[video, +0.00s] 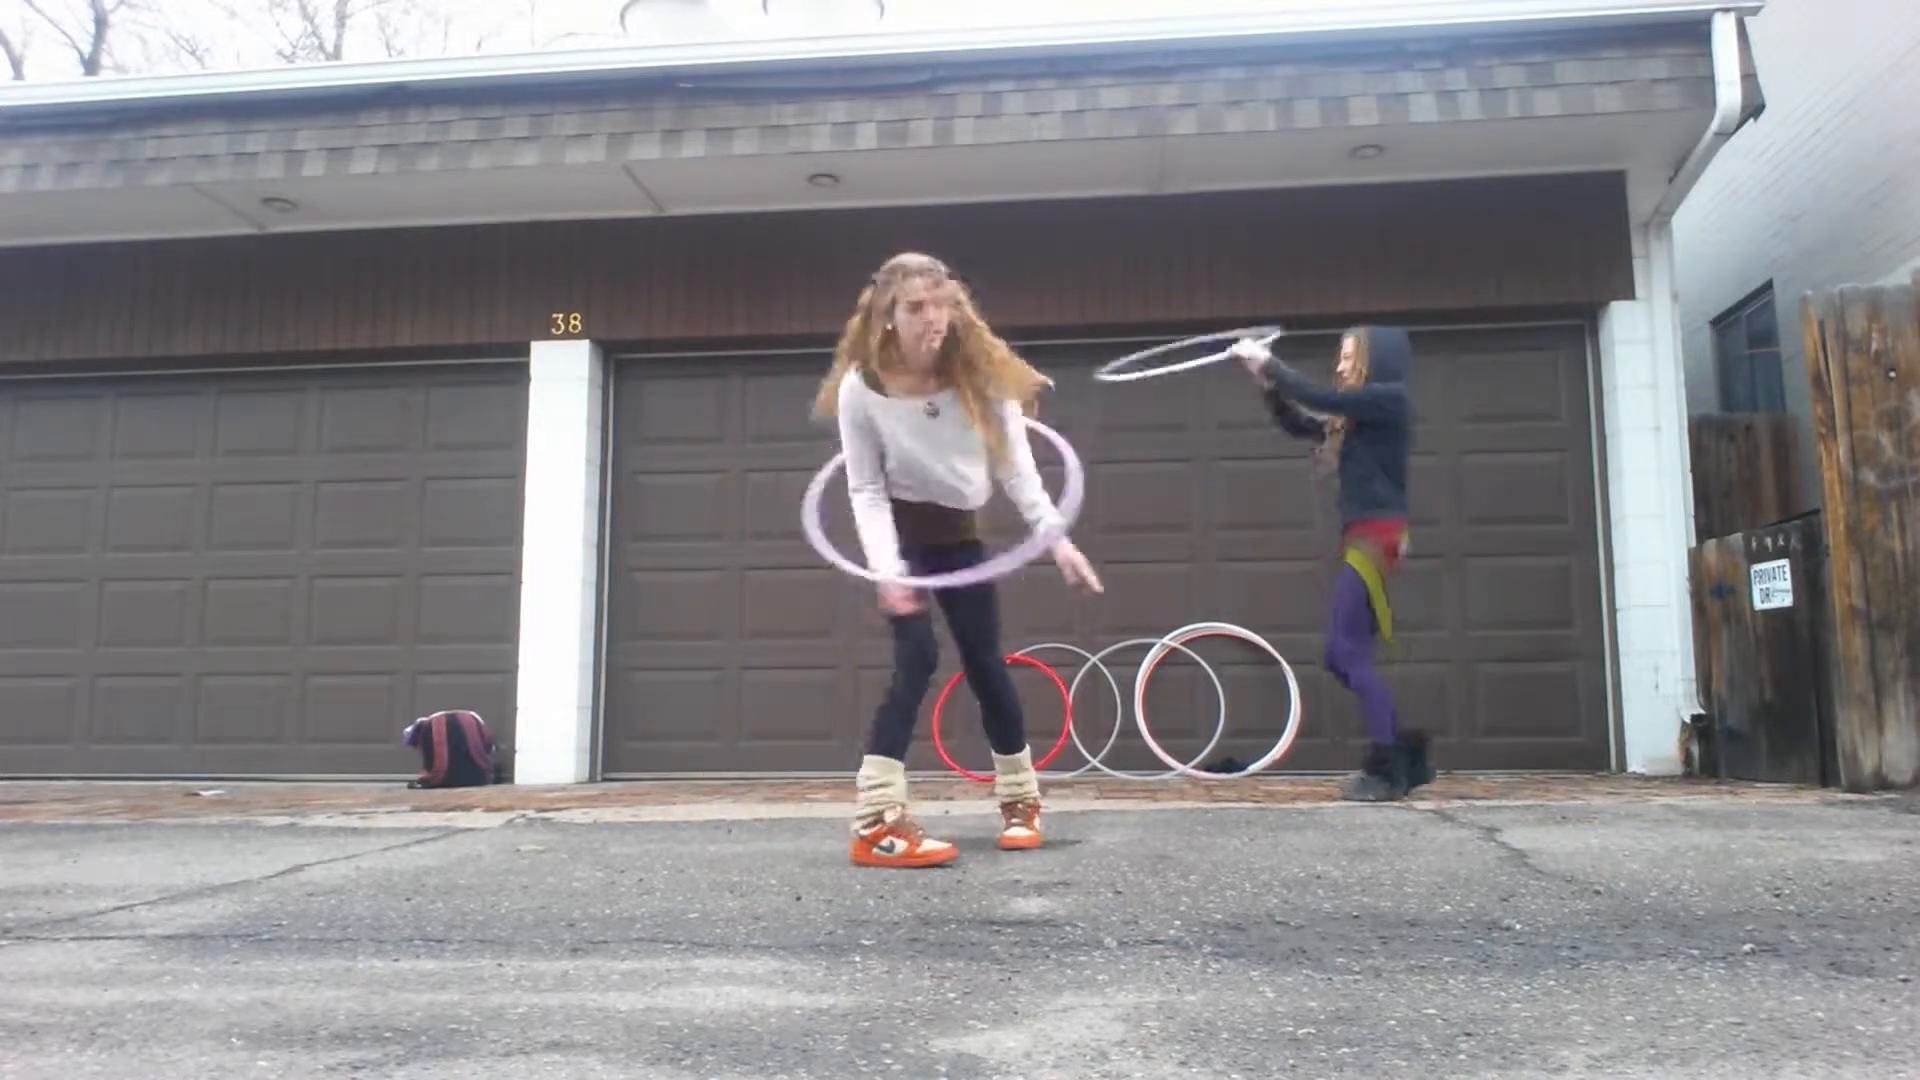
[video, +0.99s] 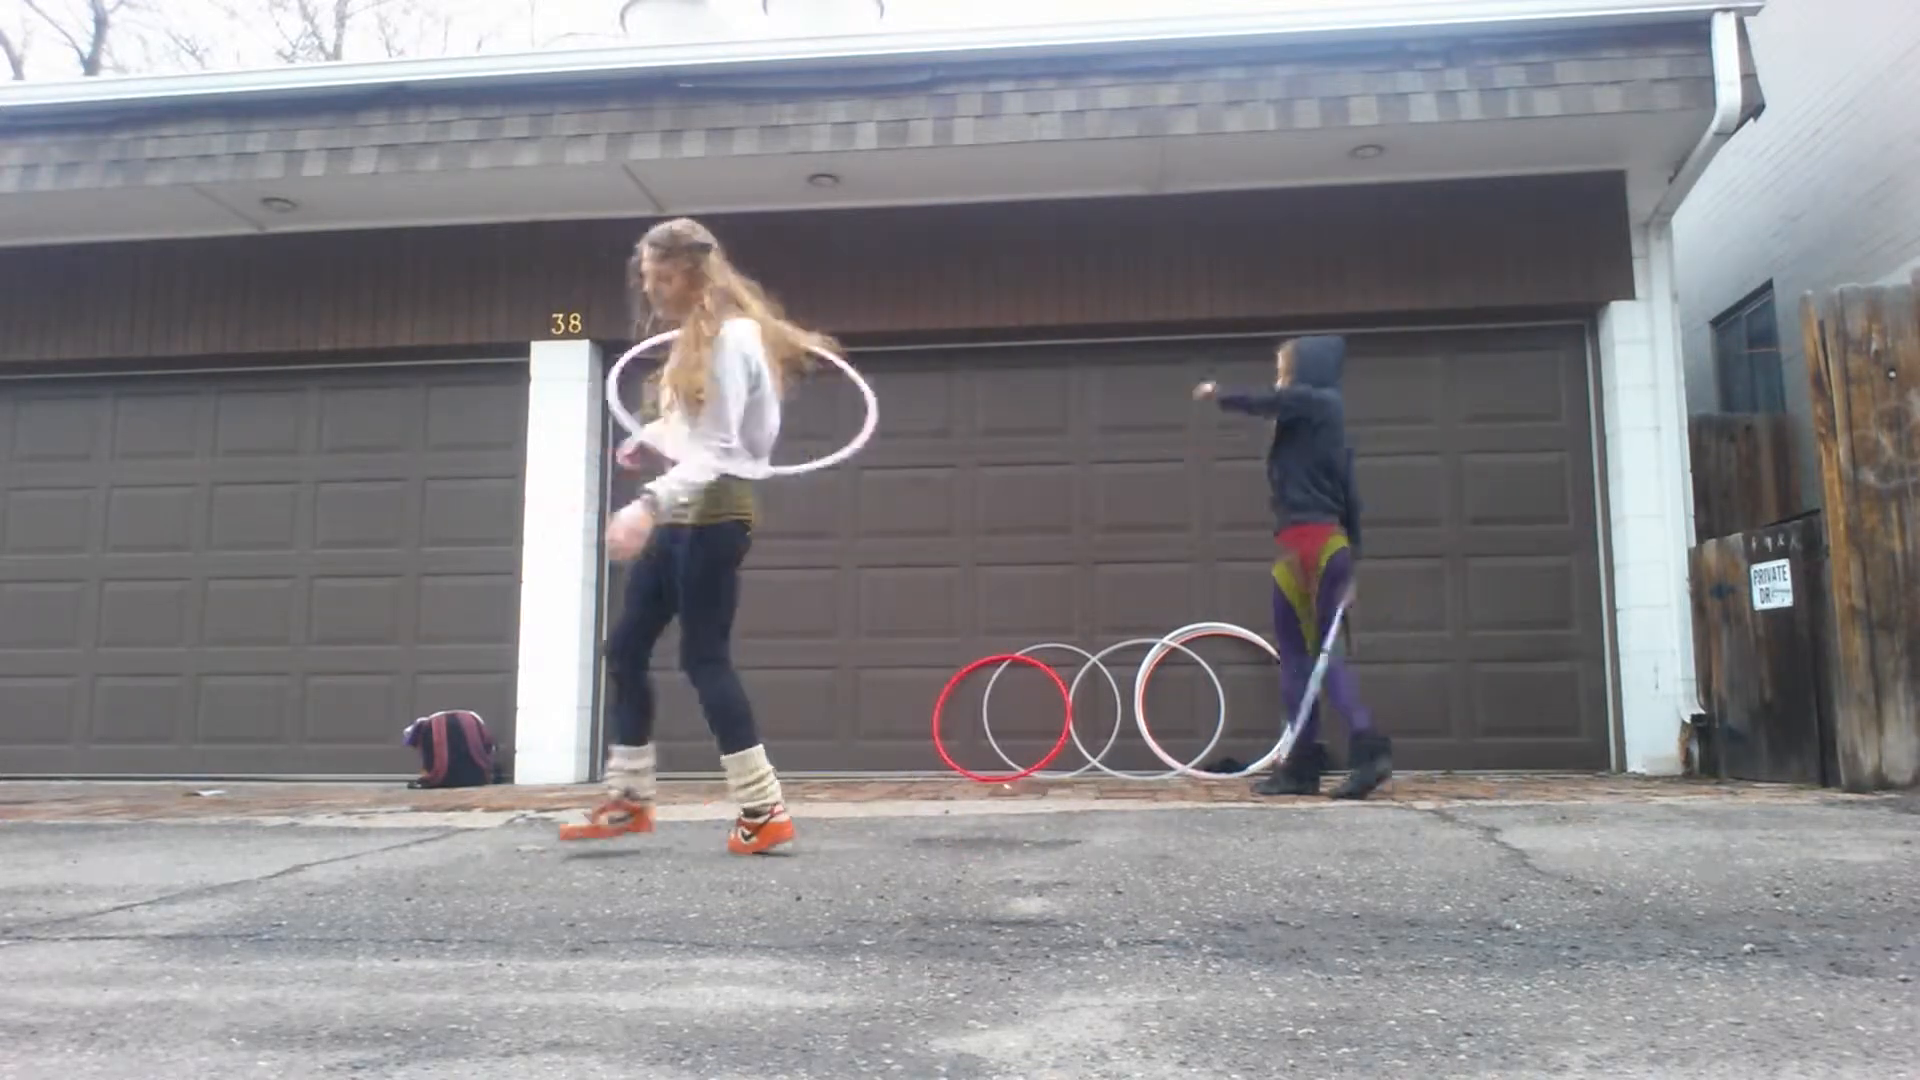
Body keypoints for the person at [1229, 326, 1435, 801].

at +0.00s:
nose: (1341, 366)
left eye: (1349, 358)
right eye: (1341, 358)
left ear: (1374, 360)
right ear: (1361, 363)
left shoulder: (1390, 399)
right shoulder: (1360, 407)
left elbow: (1326, 399)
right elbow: (1304, 427)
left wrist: (1270, 366)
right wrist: (1270, 388)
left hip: (1377, 534)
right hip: (1361, 534)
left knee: (1348, 650)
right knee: (1337, 656)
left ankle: (1386, 762)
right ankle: (1404, 747)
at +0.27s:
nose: (1326, 361)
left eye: (1331, 353)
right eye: (1325, 353)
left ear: (1352, 356)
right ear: (1375, 358)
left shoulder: (1349, 393)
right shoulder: (1389, 399)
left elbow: (1275, 413)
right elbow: (1340, 402)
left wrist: (1256, 376)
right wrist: (1320, 361)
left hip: (1347, 535)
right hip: (1378, 535)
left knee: (1345, 650)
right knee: (1349, 649)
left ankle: (1384, 759)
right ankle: (1380, 758)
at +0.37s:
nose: (1322, 361)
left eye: (1328, 354)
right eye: (1324, 353)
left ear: (1343, 356)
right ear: (1376, 354)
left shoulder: (1340, 392)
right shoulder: (1395, 397)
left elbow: (1303, 441)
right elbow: (1364, 440)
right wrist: (1321, 407)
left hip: (1340, 535)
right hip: (1379, 534)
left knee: (1325, 644)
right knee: (1368, 647)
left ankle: (1373, 752)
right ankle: (1378, 761)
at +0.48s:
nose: (1315, 361)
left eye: (1319, 354)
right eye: (1318, 353)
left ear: (1333, 354)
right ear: (1364, 354)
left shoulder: (1330, 394)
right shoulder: (1391, 403)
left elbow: (1306, 458)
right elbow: (1396, 468)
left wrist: (1277, 512)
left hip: (1335, 533)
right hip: (1377, 534)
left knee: (1322, 641)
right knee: (1369, 645)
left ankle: (1352, 756)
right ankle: (1383, 760)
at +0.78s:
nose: (1295, 380)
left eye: (1299, 371)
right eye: (1295, 371)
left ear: (1320, 366)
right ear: (1343, 366)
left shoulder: (1317, 402)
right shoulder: (1370, 422)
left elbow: (1274, 448)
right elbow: (1385, 496)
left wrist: (1234, 488)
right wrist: (1397, 562)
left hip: (1317, 541)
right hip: (1358, 541)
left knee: (1299, 651)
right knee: (1358, 650)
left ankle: (1299, 760)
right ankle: (1379, 759)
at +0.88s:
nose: (1287, 378)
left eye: (1291, 368)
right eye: (1288, 368)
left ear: (1311, 367)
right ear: (1334, 368)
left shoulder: (1311, 403)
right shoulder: (1356, 424)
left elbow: (1261, 426)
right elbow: (1370, 500)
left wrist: (1210, 443)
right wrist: (1386, 569)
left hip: (1307, 548)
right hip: (1347, 547)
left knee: (1298, 660)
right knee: (1341, 658)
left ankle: (1299, 767)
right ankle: (1375, 758)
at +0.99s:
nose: (1276, 378)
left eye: (1282, 369)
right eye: (1277, 370)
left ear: (1302, 369)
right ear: (1318, 368)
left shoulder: (1313, 400)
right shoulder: (1328, 418)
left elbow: (1269, 401)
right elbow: (1345, 491)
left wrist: (1219, 396)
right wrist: (1351, 560)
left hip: (1304, 543)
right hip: (1323, 543)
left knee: (1301, 657)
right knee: (1314, 656)